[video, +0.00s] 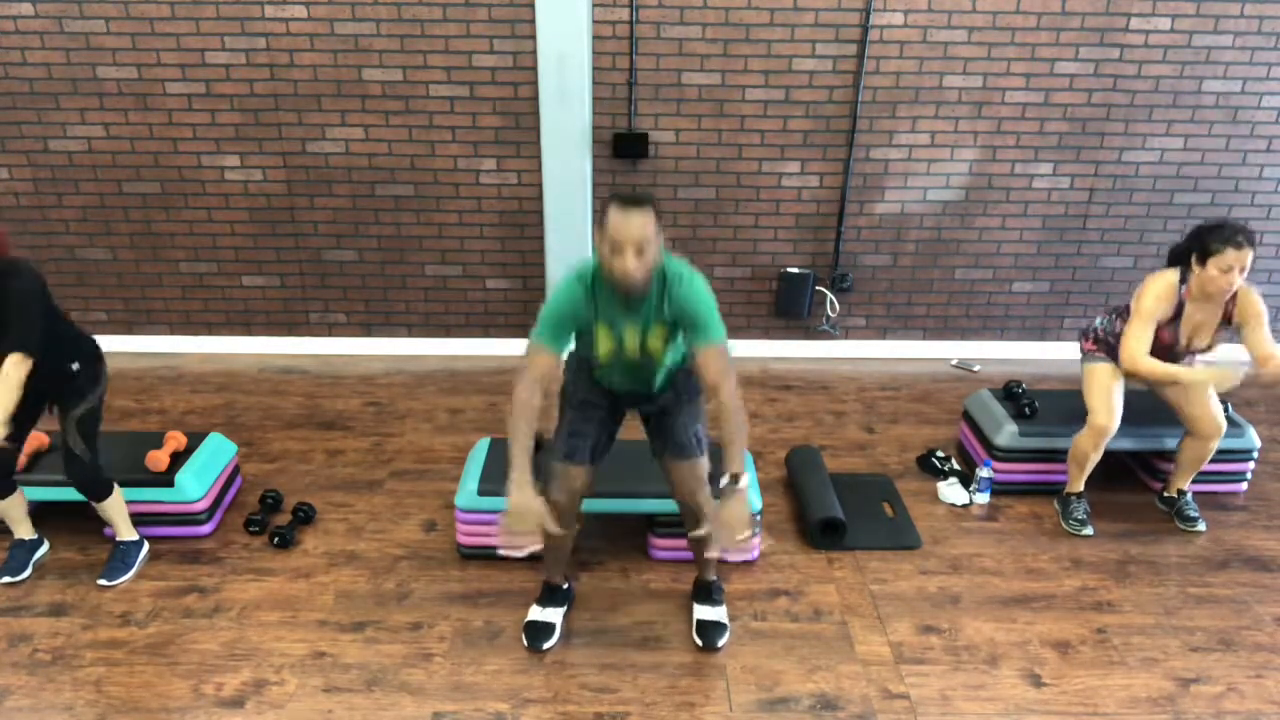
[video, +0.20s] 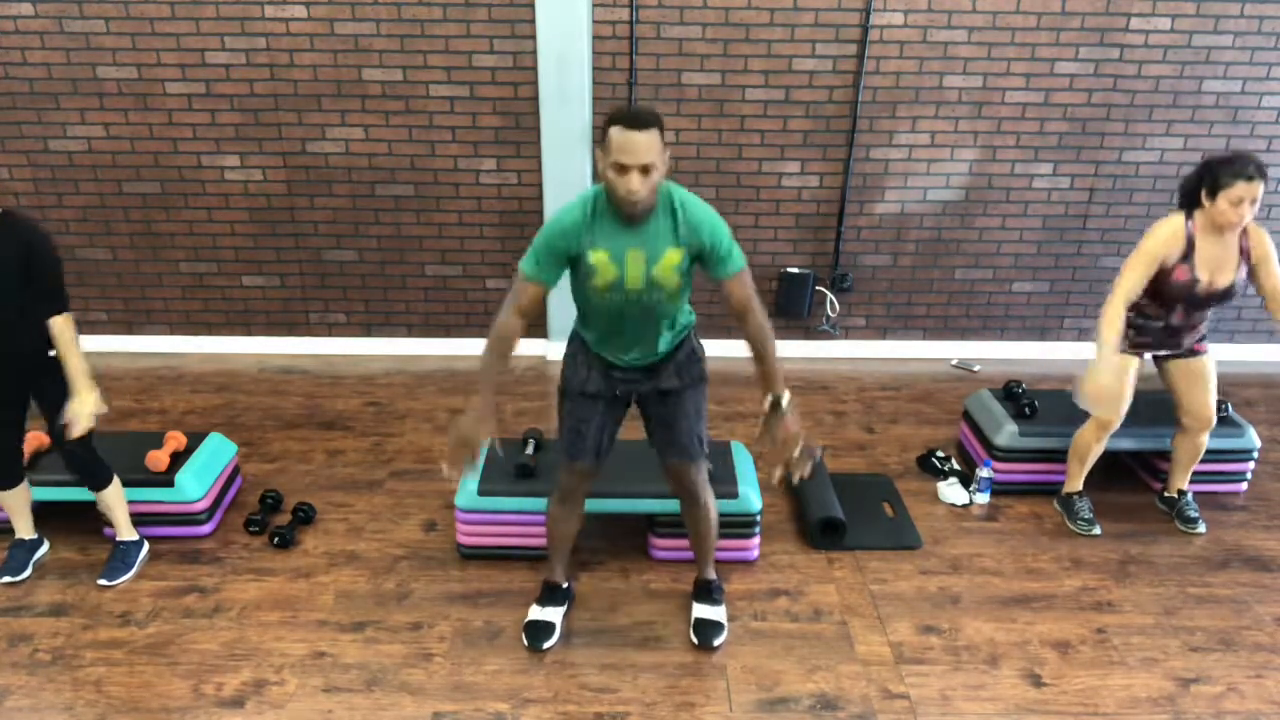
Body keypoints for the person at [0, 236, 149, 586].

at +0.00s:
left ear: (4, 245)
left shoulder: (18, 279)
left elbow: (18, 360)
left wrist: (3, 426)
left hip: (76, 367)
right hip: (31, 372)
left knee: (80, 467)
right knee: (2, 465)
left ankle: (130, 540)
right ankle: (26, 539)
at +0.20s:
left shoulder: (23, 238)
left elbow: (57, 316)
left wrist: (82, 388)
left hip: (43, 363)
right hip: (5, 373)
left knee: (78, 450)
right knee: (5, 459)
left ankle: (129, 539)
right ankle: (26, 538)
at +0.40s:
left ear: (5, 199)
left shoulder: (31, 236)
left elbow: (81, 291)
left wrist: (116, 344)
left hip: (40, 366)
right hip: (1, 375)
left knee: (80, 452)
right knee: (7, 461)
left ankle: (129, 539)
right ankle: (26, 539)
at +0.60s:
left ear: (5, 200)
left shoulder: (30, 236)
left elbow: (74, 288)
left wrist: (106, 337)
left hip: (38, 366)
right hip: (1, 377)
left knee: (76, 452)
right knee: (6, 461)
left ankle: (129, 538)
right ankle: (26, 539)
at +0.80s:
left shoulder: (21, 236)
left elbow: (63, 311)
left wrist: (83, 383)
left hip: (42, 363)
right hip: (2, 374)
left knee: (78, 450)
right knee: (6, 459)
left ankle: (129, 538)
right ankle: (26, 538)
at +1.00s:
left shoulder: (14, 265)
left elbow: (40, 344)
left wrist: (2, 384)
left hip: (68, 356)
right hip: (17, 364)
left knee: (79, 453)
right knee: (2, 453)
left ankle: (129, 539)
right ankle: (26, 538)